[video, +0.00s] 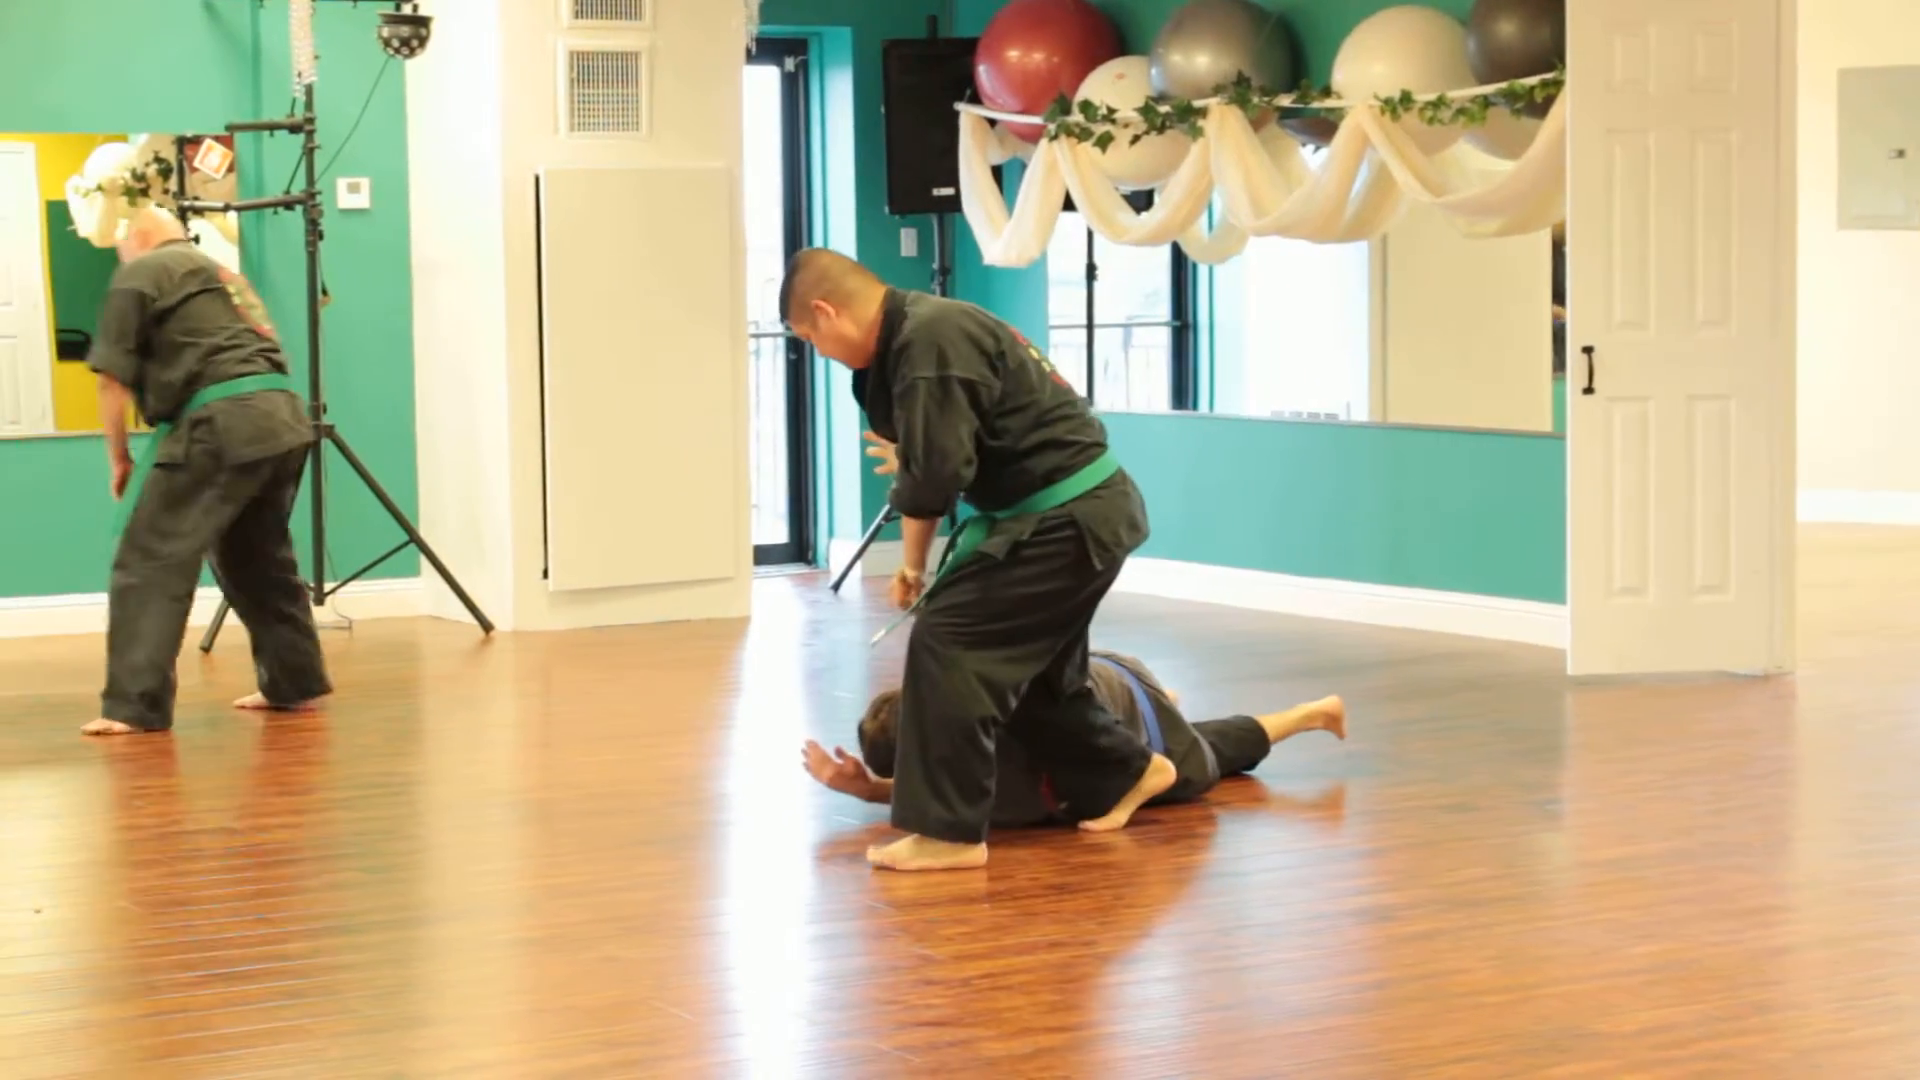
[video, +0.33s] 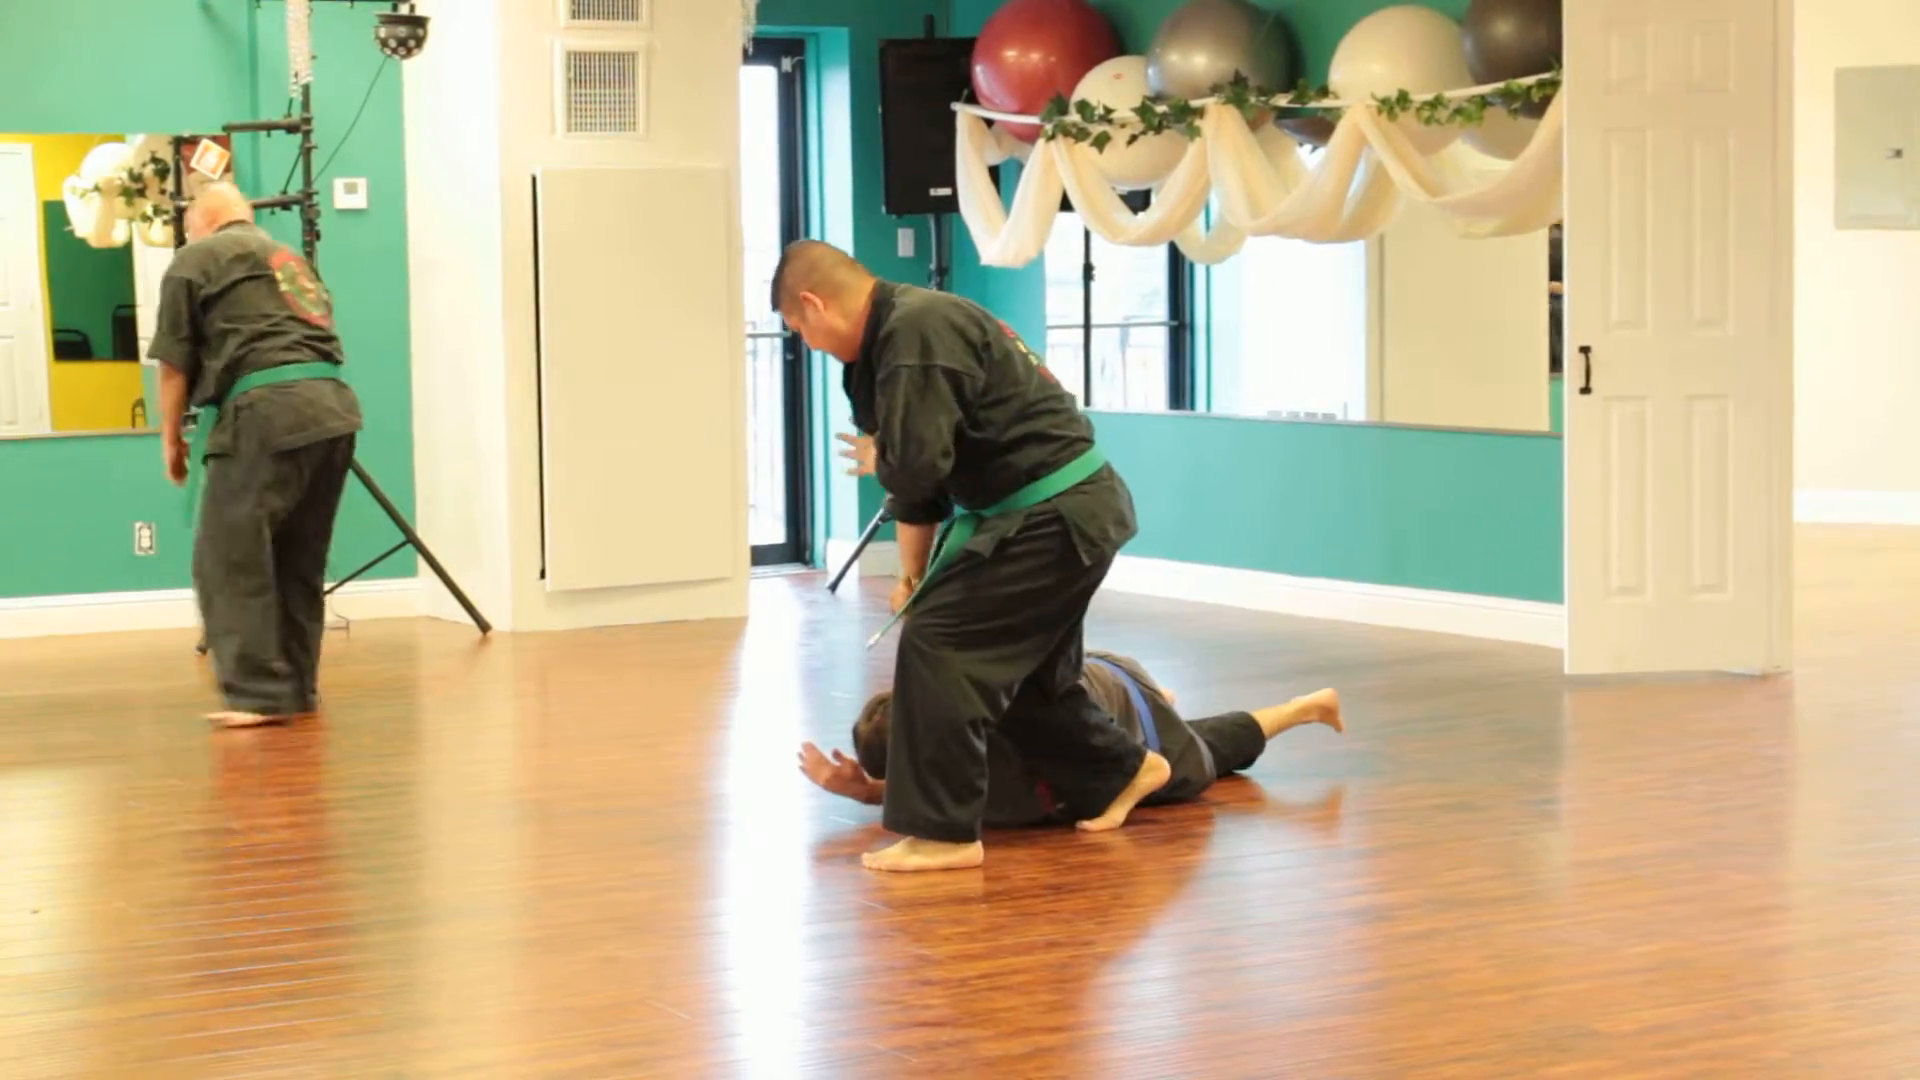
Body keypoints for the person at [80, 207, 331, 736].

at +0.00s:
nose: (122, 258)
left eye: (122, 249)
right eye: (120, 249)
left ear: (137, 238)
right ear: (175, 231)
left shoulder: (140, 274)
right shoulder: (218, 269)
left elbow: (112, 376)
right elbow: (262, 335)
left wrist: (118, 455)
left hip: (223, 423)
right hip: (285, 415)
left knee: (151, 557)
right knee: (254, 551)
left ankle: (136, 706)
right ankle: (295, 684)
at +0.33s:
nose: (186, 234)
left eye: (188, 225)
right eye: (187, 227)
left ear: (204, 219)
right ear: (243, 217)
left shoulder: (193, 261)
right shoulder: (289, 257)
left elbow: (175, 363)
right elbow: (309, 339)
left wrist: (171, 435)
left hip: (267, 412)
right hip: (334, 406)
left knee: (229, 552)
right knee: (302, 553)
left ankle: (258, 692)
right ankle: (298, 684)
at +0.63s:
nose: (212, 219)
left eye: (215, 207)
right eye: (212, 208)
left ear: (242, 202)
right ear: (268, 202)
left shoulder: (233, 257)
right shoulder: (314, 250)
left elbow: (200, 357)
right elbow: (325, 336)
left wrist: (181, 426)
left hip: (296, 420)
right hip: (350, 413)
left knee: (296, 561)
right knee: (289, 556)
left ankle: (355, 691)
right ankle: (284, 688)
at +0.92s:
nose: (226, 190)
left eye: (235, 179)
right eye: (228, 180)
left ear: (271, 184)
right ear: (273, 185)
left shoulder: (293, 242)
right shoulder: (278, 242)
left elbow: (299, 335)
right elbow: (280, 331)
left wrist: (278, 417)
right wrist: (229, 328)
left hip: (315, 415)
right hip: (295, 414)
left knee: (307, 557)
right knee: (272, 556)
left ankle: (352, 695)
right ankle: (285, 687)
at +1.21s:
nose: (217, 190)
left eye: (225, 178)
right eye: (218, 180)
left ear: (263, 183)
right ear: (261, 184)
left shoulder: (289, 240)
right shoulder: (257, 244)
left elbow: (316, 326)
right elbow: (262, 318)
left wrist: (338, 406)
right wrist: (215, 314)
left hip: (300, 417)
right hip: (260, 418)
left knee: (319, 558)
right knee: (247, 558)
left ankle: (362, 698)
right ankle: (215, 687)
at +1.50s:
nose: (158, 202)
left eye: (167, 189)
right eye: (159, 191)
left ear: (206, 190)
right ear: (204, 192)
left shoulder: (237, 248)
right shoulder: (205, 253)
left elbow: (244, 344)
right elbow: (207, 330)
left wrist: (191, 421)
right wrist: (159, 326)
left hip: (258, 425)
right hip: (221, 426)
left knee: (289, 566)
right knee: (202, 569)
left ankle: (359, 691)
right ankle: (188, 700)